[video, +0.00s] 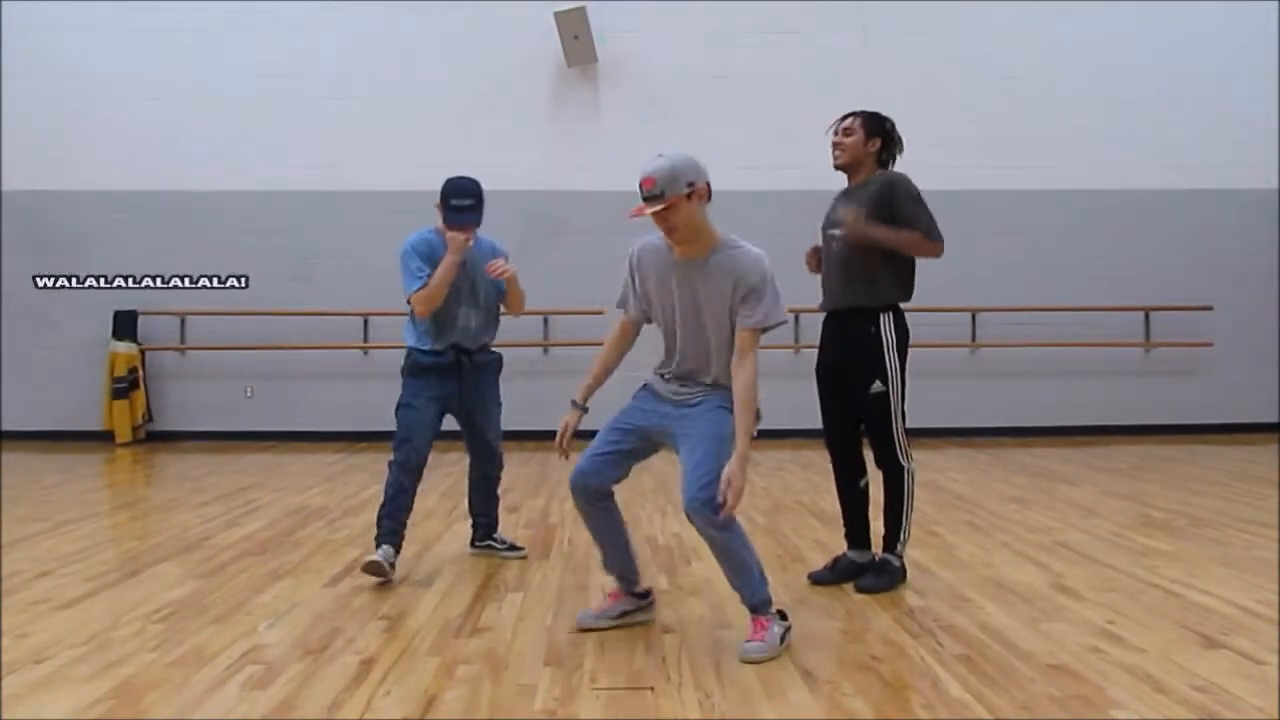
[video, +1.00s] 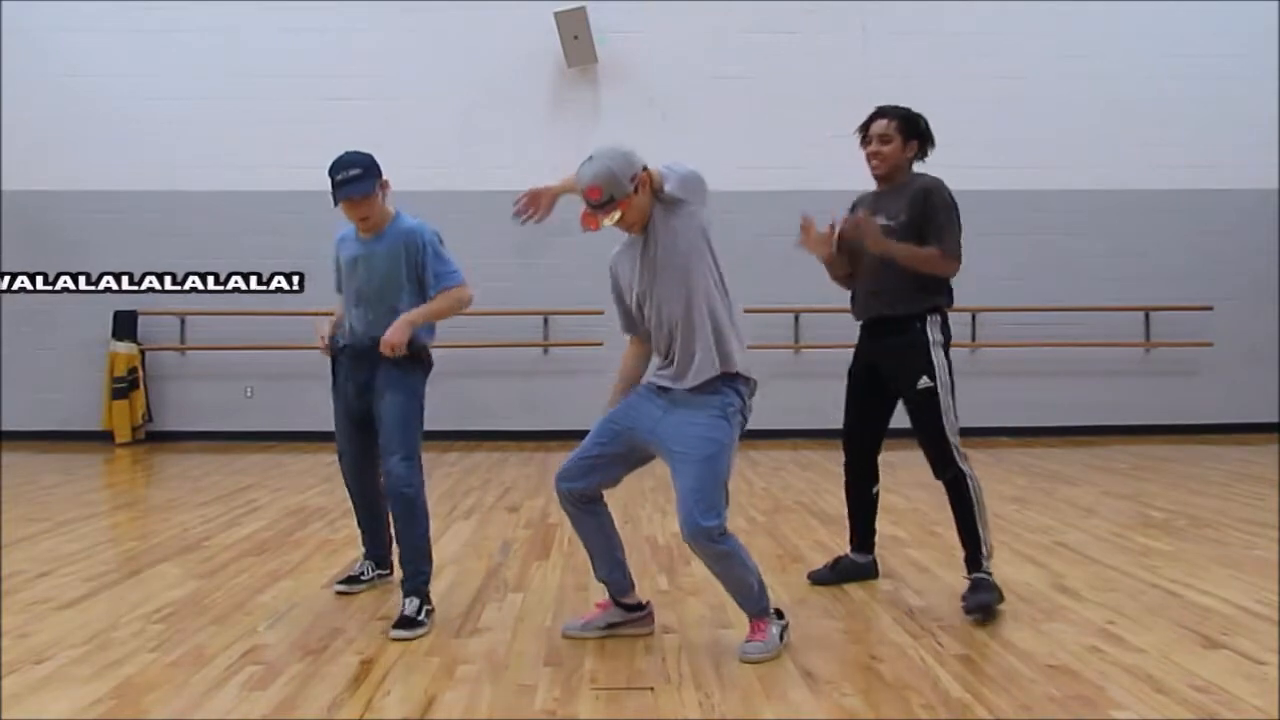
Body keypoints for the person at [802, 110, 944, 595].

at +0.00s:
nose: (836, 139)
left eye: (847, 132)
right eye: (835, 134)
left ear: (875, 144)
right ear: (839, 148)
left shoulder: (893, 185)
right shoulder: (841, 200)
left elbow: (933, 245)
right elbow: (853, 271)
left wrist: (868, 231)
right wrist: (824, 263)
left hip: (879, 326)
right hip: (838, 327)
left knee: (889, 444)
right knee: (841, 442)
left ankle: (893, 556)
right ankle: (858, 550)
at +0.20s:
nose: (840, 142)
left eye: (852, 134)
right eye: (839, 136)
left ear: (883, 148)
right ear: (841, 151)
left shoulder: (899, 194)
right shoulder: (842, 206)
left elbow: (930, 255)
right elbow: (854, 274)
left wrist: (865, 250)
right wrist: (820, 276)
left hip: (879, 327)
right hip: (840, 328)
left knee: (882, 443)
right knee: (842, 444)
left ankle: (893, 557)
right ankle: (859, 550)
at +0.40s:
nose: (840, 144)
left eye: (850, 137)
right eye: (838, 138)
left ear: (878, 148)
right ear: (838, 151)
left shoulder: (897, 191)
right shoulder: (844, 201)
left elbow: (942, 244)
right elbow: (841, 264)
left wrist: (872, 257)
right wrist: (816, 230)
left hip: (879, 326)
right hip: (842, 326)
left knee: (873, 445)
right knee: (844, 444)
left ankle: (894, 555)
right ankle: (859, 551)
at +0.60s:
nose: (840, 148)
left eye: (851, 140)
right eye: (838, 141)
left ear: (878, 148)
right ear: (837, 151)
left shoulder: (900, 192)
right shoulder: (840, 203)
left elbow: (937, 250)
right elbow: (853, 275)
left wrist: (877, 255)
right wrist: (821, 279)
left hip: (885, 328)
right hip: (845, 330)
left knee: (884, 445)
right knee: (845, 447)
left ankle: (911, 560)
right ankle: (859, 554)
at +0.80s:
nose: (849, 150)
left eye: (859, 142)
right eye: (845, 143)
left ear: (888, 147)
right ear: (843, 152)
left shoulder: (910, 193)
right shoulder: (848, 205)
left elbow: (938, 258)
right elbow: (859, 273)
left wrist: (882, 244)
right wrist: (829, 285)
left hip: (899, 330)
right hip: (856, 332)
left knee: (911, 448)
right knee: (851, 447)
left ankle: (944, 567)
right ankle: (860, 555)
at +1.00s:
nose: (873, 150)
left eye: (884, 141)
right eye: (868, 142)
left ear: (912, 147)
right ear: (863, 151)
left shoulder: (931, 193)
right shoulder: (860, 207)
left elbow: (948, 261)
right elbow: (849, 277)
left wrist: (882, 245)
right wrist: (830, 253)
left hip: (921, 333)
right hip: (875, 336)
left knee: (944, 453)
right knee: (858, 450)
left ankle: (979, 572)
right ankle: (861, 555)